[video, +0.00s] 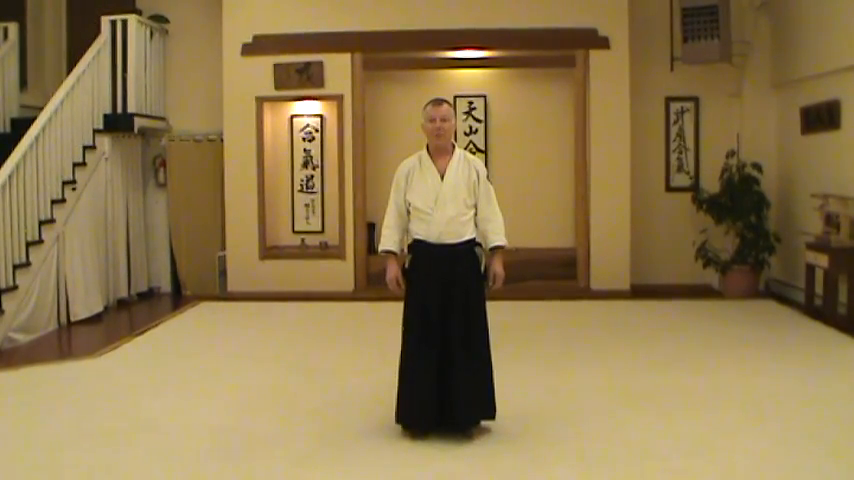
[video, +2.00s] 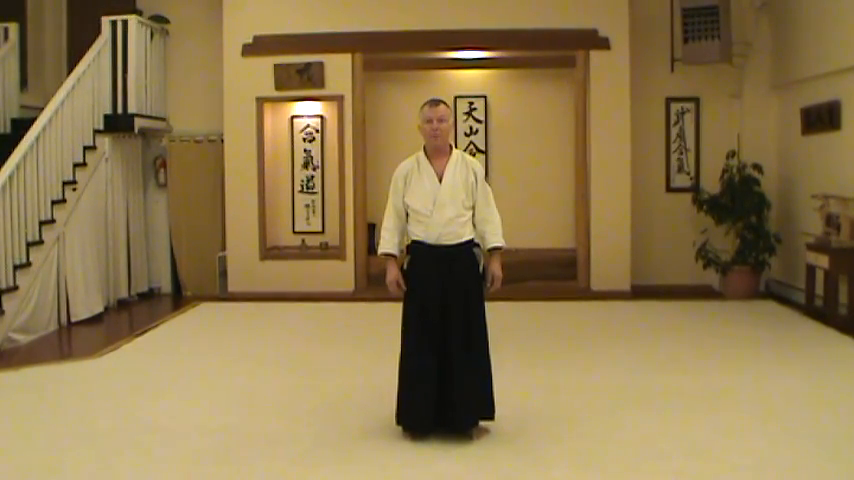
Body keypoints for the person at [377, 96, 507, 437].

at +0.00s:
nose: (439, 126)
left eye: (445, 120)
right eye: (432, 120)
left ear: (455, 124)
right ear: (423, 126)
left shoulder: (472, 166)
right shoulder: (408, 168)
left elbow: (488, 211)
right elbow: (395, 214)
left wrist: (495, 255)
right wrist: (391, 258)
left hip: (463, 259)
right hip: (423, 259)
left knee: (464, 334)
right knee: (423, 335)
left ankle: (464, 415)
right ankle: (420, 416)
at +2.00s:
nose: (435, 127)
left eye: (441, 121)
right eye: (428, 121)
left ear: (452, 125)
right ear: (419, 127)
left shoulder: (470, 167)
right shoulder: (406, 170)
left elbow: (486, 212)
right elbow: (393, 217)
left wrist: (494, 256)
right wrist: (391, 261)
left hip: (462, 260)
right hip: (422, 260)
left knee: (463, 336)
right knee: (422, 337)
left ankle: (464, 416)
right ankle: (420, 418)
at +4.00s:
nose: (436, 126)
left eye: (442, 120)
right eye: (429, 121)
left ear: (453, 125)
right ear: (421, 127)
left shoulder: (470, 167)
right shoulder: (407, 170)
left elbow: (486, 212)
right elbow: (393, 217)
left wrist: (494, 257)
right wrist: (390, 261)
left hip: (462, 260)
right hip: (422, 260)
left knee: (463, 337)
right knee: (423, 338)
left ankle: (465, 417)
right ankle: (421, 419)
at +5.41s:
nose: (429, 137)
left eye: (435, 130)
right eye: (423, 131)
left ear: (446, 130)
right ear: (414, 133)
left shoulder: (465, 168)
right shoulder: (400, 171)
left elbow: (481, 213)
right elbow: (387, 218)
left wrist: (488, 256)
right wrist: (385, 261)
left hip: (456, 260)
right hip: (417, 261)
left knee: (460, 336)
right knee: (418, 337)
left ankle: (462, 416)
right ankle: (417, 417)